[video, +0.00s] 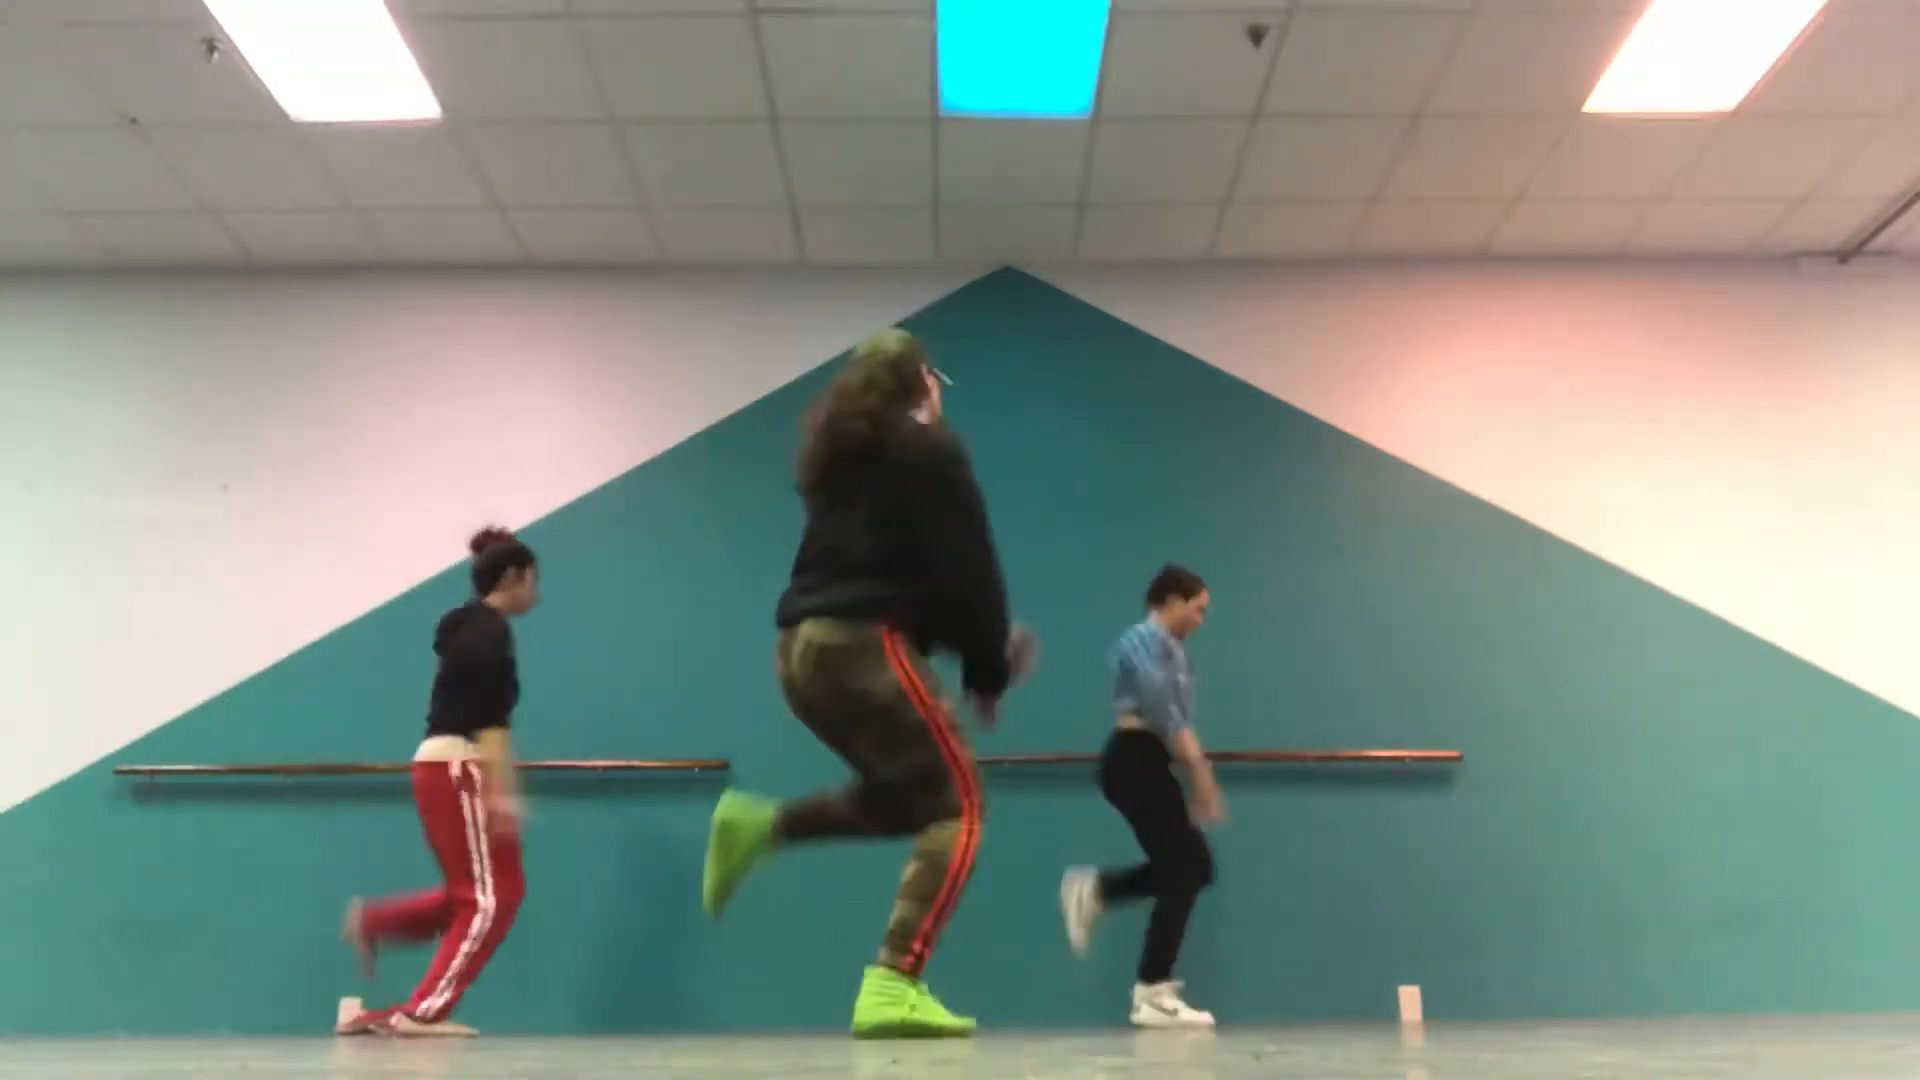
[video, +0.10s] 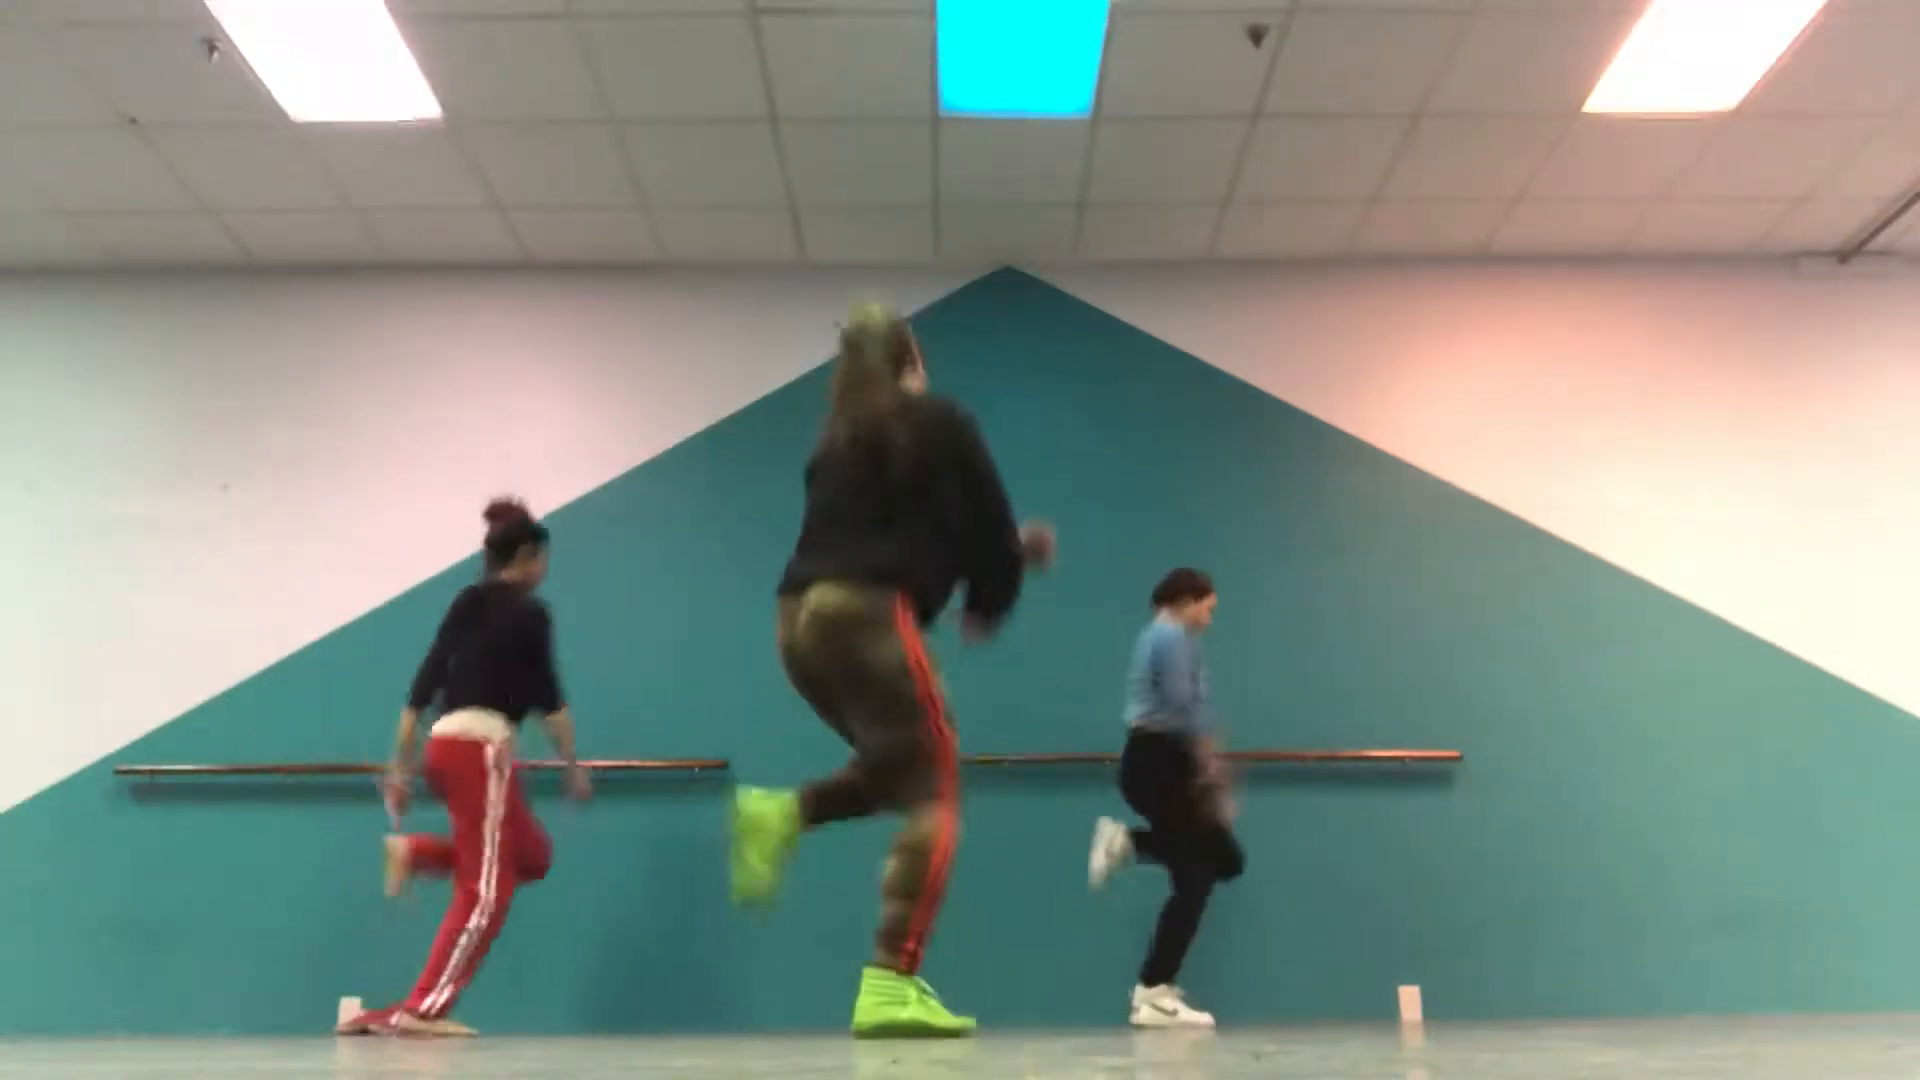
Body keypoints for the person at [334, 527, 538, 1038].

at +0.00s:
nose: (535, 592)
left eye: (534, 581)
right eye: (532, 581)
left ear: (494, 579)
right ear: (514, 579)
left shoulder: (467, 624)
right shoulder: (488, 629)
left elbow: (478, 719)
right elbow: (490, 723)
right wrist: (499, 793)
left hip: (438, 765)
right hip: (458, 767)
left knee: (472, 895)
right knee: (494, 895)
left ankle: (373, 920)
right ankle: (424, 1012)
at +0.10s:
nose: (544, 568)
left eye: (543, 557)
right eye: (541, 557)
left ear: (497, 557)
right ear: (525, 557)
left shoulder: (466, 604)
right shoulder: (528, 611)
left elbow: (421, 692)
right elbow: (548, 698)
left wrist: (400, 767)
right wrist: (571, 762)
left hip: (443, 749)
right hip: (481, 752)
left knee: (532, 856)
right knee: (484, 890)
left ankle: (416, 853)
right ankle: (422, 1010)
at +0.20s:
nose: (551, 539)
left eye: (548, 531)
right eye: (551, 531)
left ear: (504, 533)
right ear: (545, 533)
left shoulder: (472, 581)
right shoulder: (556, 587)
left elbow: (417, 651)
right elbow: (575, 665)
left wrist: (379, 722)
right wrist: (588, 728)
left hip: (453, 719)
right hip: (504, 719)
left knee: (547, 822)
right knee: (494, 851)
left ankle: (453, 884)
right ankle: (436, 981)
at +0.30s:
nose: (559, 539)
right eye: (562, 532)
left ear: (512, 532)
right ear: (559, 532)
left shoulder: (487, 578)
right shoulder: (574, 587)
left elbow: (421, 635)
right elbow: (589, 661)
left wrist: (372, 698)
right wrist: (589, 718)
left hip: (463, 715)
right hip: (520, 718)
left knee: (525, 837)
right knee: (503, 846)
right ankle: (448, 972)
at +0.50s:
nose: (572, 555)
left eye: (557, 547)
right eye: (578, 547)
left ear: (534, 549)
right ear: (582, 549)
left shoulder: (509, 601)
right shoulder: (602, 609)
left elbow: (459, 669)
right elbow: (578, 674)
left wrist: (415, 729)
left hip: (506, 738)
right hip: (568, 739)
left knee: (550, 864)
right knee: (526, 867)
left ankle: (558, 995)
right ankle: (456, 993)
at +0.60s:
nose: (576, 553)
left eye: (559, 544)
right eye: (587, 544)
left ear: (549, 549)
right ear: (598, 548)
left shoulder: (532, 609)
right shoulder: (623, 608)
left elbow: (517, 693)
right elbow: (613, 685)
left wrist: (496, 760)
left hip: (538, 737)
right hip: (601, 742)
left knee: (545, 871)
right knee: (608, 867)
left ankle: (546, 1004)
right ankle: (541, 954)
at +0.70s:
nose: (606, 551)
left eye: (589, 543)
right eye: (612, 543)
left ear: (570, 548)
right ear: (618, 547)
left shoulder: (550, 606)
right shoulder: (642, 604)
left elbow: (538, 695)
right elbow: (644, 686)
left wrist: (527, 763)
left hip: (563, 737)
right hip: (625, 739)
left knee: (557, 883)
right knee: (654, 858)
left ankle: (544, 1005)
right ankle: (622, 956)